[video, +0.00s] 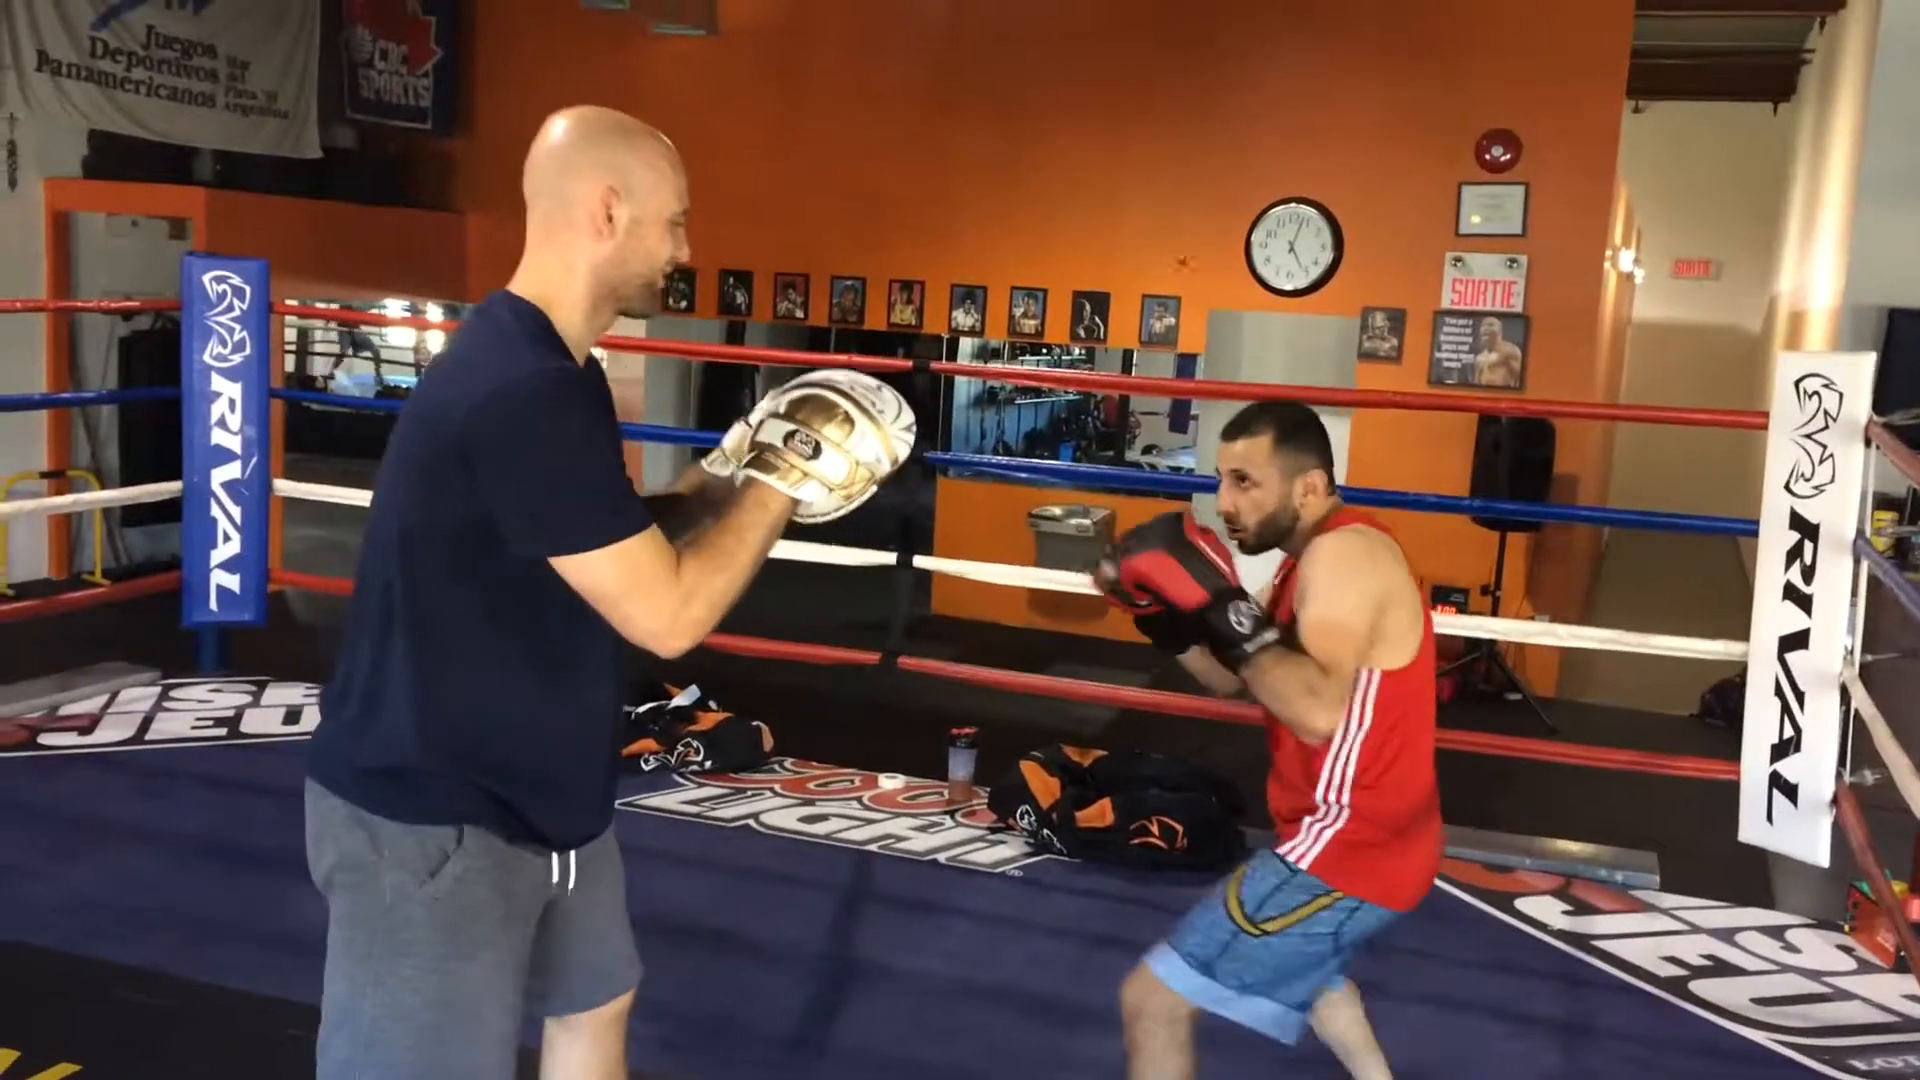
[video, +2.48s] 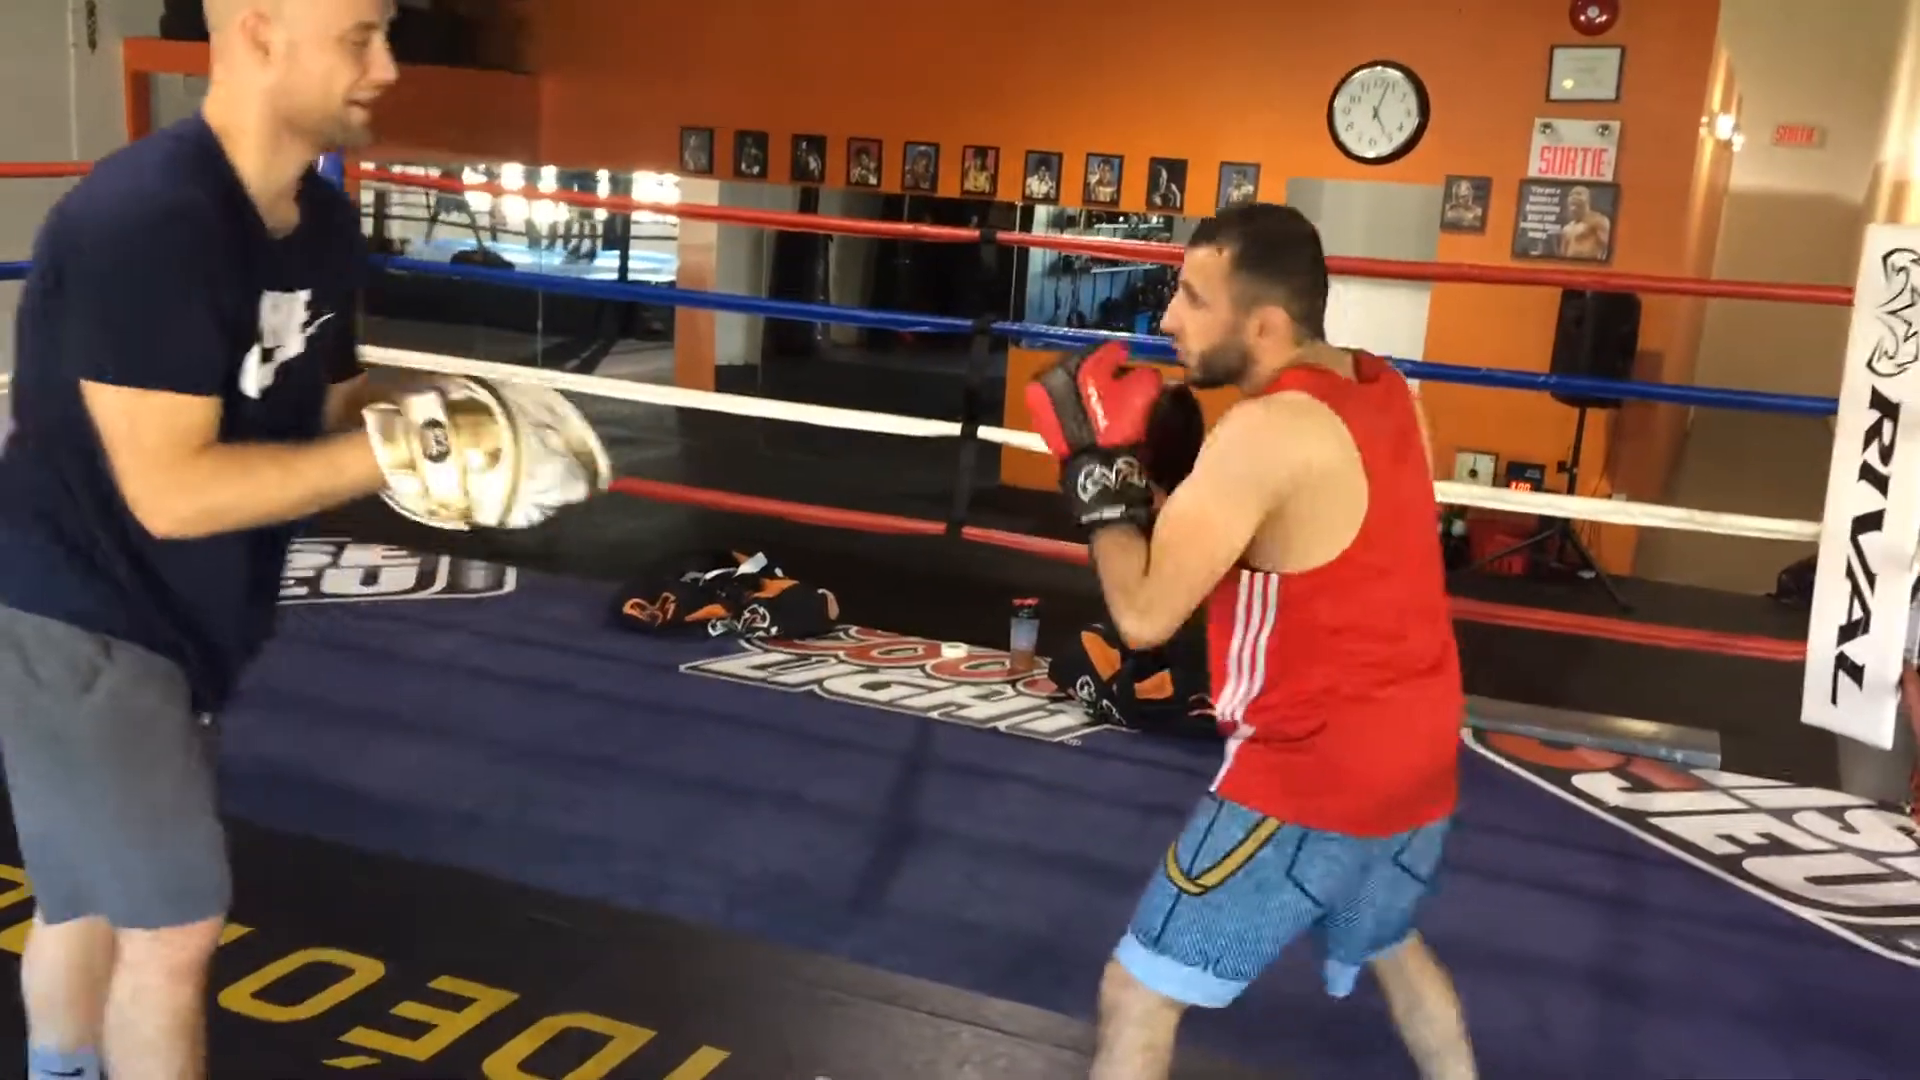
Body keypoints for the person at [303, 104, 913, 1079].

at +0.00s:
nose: (684, 254)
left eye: (684, 227)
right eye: (674, 223)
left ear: (597, 216)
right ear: (604, 214)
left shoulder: (559, 370)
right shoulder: (516, 381)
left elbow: (575, 553)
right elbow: (668, 614)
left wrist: (701, 495)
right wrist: (783, 485)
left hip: (543, 788)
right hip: (433, 807)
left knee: (593, 998)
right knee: (426, 1061)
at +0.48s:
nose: (741, 280)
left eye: (742, 252)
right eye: (727, 249)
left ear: (646, 242)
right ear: (652, 240)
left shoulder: (551, 373)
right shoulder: (588, 406)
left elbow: (557, 573)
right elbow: (645, 661)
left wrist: (705, 509)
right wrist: (773, 542)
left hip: (532, 778)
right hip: (432, 804)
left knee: (614, 977)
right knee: (449, 1060)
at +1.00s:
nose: (902, 249)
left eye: (908, 224)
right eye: (888, 220)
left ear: (804, 201)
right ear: (810, 199)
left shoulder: (688, 307)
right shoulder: (826, 330)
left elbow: (669, 485)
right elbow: (932, 497)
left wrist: (764, 561)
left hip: (668, 699)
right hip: (581, 706)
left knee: (707, 905)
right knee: (531, 1012)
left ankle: (697, 1078)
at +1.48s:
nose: (923, 192)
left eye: (926, 169)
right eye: (918, 165)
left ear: (810, 146)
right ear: (855, 151)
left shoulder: (710, 260)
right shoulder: (822, 303)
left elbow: (670, 460)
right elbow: (896, 534)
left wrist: (774, 574)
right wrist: (960, 549)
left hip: (672, 641)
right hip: (591, 644)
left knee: (704, 860)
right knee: (577, 953)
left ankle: (711, 1072)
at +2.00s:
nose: (621, 100)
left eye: (617, 74)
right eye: (600, 73)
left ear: (519, 76)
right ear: (514, 77)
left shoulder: (518, 236)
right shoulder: (391, 265)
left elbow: (490, 424)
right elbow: (357, 554)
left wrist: (620, 483)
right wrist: (565, 619)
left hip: (460, 618)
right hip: (323, 653)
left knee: (527, 843)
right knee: (359, 969)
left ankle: (548, 1061)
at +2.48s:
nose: (385, 73)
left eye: (386, 41)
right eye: (357, 40)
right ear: (256, 32)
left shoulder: (319, 215)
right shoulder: (143, 217)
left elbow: (327, 414)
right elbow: (169, 492)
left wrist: (466, 416)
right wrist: (398, 454)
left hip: (175, 623)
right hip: (73, 621)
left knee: (84, 898)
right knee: (173, 923)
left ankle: (62, 1072)